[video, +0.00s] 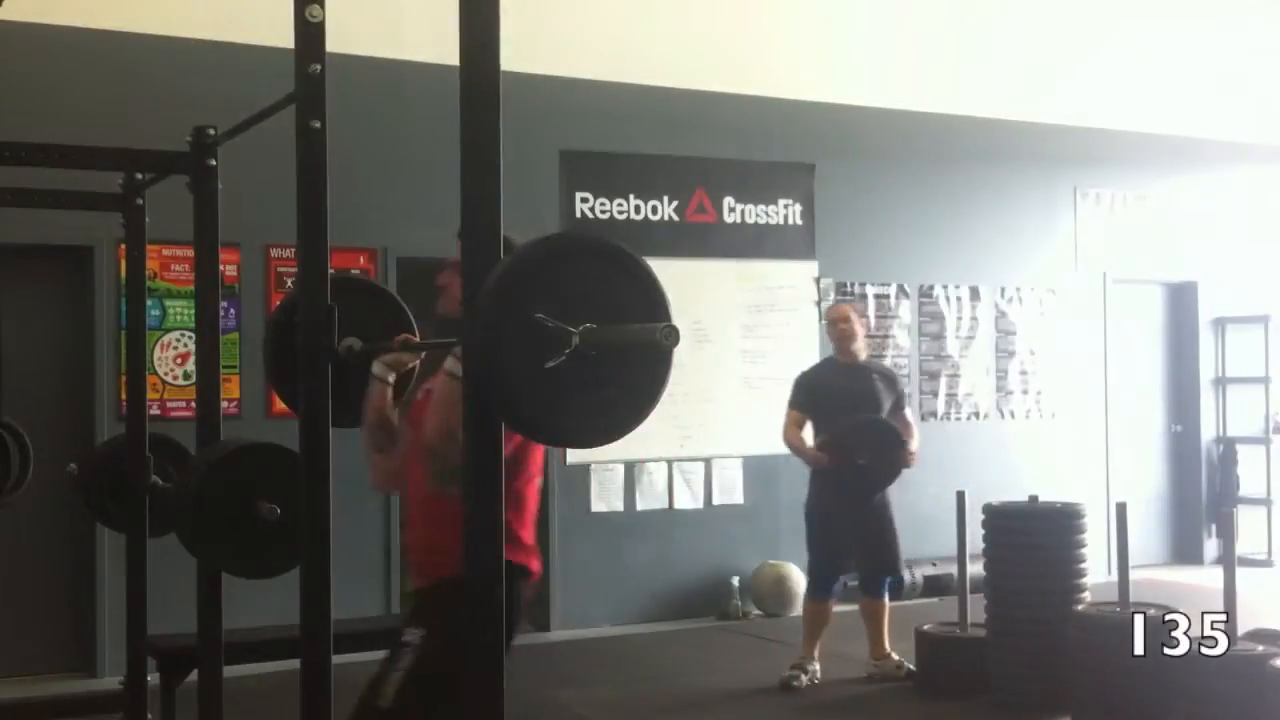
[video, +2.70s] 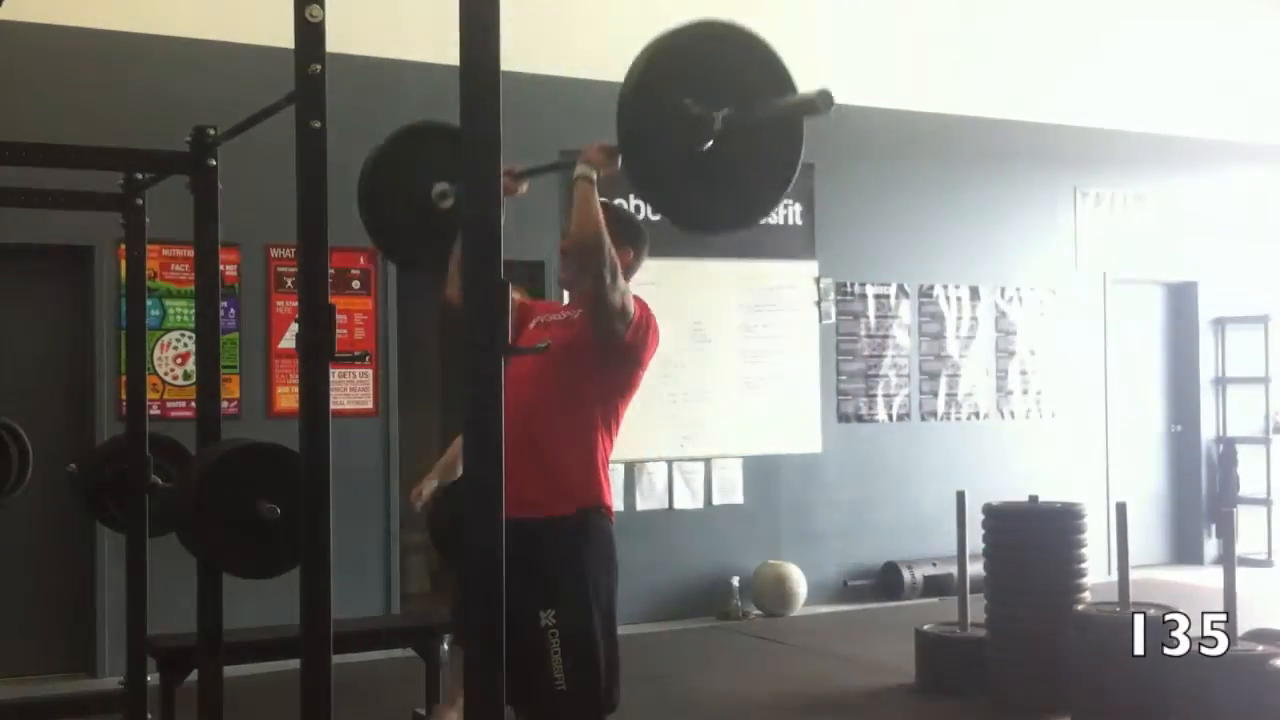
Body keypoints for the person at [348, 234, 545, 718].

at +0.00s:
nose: (441, 277)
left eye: (458, 269)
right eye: (447, 267)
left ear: (491, 284)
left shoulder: (511, 370)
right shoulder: (448, 372)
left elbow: (449, 464)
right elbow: (387, 467)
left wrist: (455, 364)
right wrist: (384, 376)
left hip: (482, 576)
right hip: (439, 575)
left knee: (391, 704)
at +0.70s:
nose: (451, 258)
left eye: (464, 248)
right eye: (454, 249)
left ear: (510, 258)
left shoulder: (525, 337)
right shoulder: (449, 339)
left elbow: (436, 399)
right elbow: (363, 402)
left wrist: (450, 330)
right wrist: (396, 336)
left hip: (481, 537)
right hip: (433, 539)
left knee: (461, 687)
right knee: (442, 688)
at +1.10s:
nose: (506, 237)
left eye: (523, 229)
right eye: (510, 227)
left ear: (564, 247)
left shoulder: (576, 329)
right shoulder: (489, 330)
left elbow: (513, 389)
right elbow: (413, 401)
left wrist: (525, 317)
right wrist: (440, 336)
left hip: (545, 527)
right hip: (482, 530)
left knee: (545, 689)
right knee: (475, 684)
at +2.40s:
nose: (578, 241)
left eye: (596, 234)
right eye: (581, 232)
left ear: (624, 261)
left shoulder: (624, 324)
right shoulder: (532, 327)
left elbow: (554, 325)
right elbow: (452, 346)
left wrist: (570, 240)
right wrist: (475, 267)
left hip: (564, 527)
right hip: (503, 525)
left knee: (568, 692)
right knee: (506, 685)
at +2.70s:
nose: (571, 251)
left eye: (588, 245)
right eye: (569, 242)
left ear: (625, 259)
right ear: (563, 248)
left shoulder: (631, 327)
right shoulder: (533, 315)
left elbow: (598, 281)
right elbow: (462, 290)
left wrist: (584, 178)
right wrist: (488, 208)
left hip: (568, 528)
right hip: (496, 522)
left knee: (572, 697)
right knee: (496, 687)